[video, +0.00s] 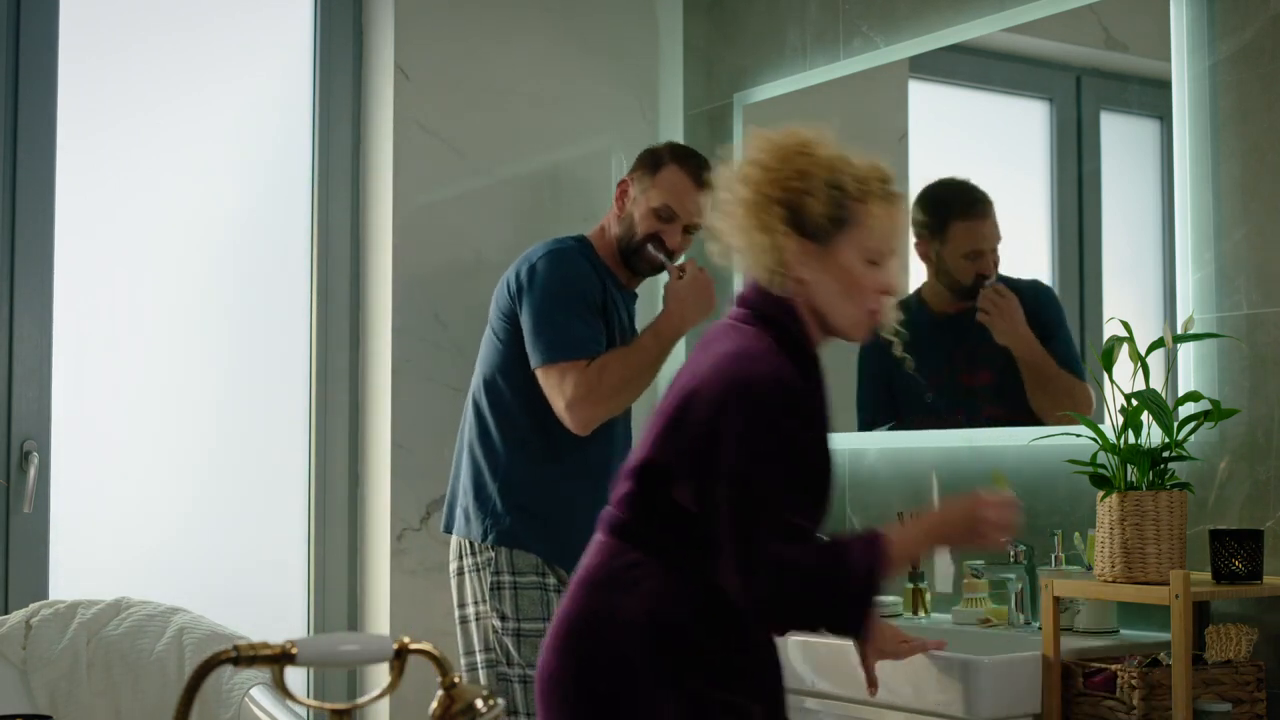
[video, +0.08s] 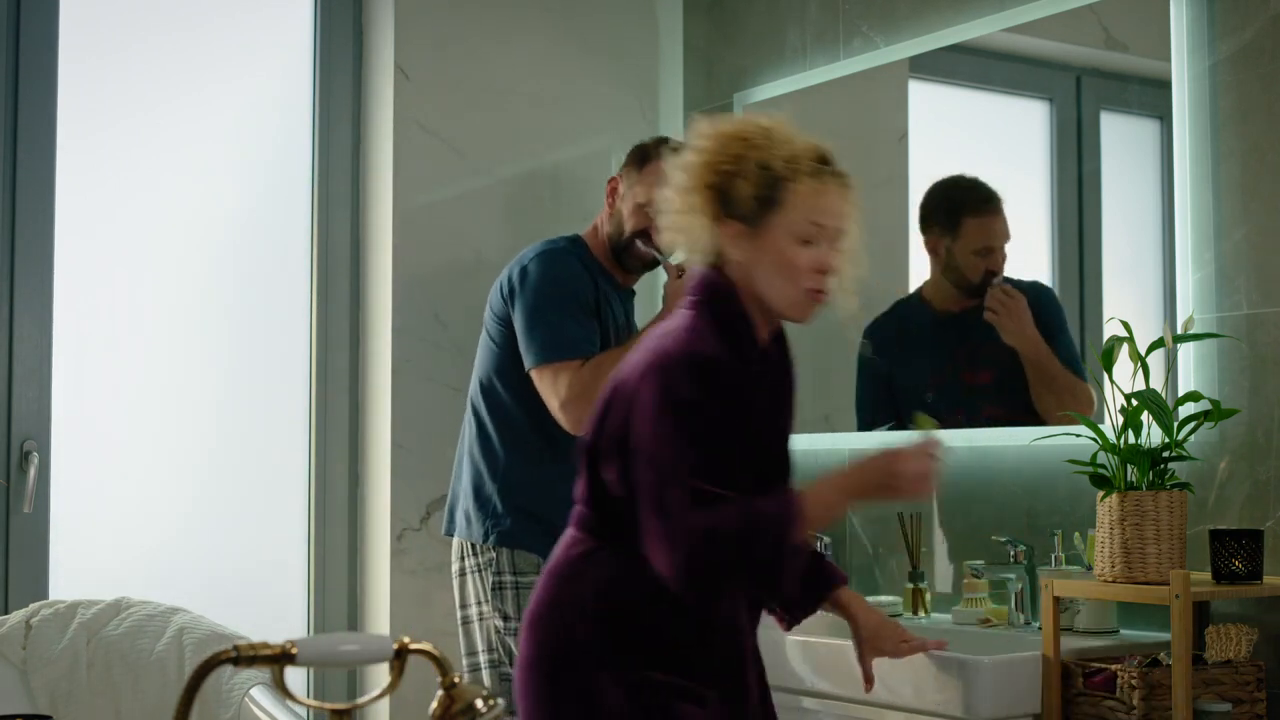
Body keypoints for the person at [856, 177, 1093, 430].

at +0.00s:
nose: (989, 269)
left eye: (994, 251)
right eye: (972, 257)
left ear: (998, 238)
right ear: (924, 251)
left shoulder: (1034, 302)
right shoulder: (889, 331)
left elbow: (1074, 416)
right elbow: (874, 447)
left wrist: (1020, 341)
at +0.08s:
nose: (999, 266)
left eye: (1003, 249)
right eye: (983, 253)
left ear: (1007, 237)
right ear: (935, 246)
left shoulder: (1035, 304)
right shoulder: (887, 336)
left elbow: (1075, 417)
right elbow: (878, 449)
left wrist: (1028, 341)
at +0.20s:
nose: (1011, 262)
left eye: (1013, 246)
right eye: (997, 248)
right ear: (949, 242)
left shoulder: (1036, 307)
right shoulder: (887, 333)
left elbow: (1073, 417)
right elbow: (875, 449)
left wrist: (1035, 332)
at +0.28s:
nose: (1018, 259)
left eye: (1019, 244)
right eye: (1006, 245)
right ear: (956, 239)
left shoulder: (1037, 309)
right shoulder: (888, 330)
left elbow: (1073, 419)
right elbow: (874, 448)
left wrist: (1042, 330)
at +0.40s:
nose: (1025, 256)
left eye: (1026, 241)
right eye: (1014, 241)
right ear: (966, 234)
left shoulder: (1033, 317)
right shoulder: (888, 328)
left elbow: (1074, 421)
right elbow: (871, 447)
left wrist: (1052, 328)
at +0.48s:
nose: (1026, 255)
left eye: (1027, 240)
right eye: (1017, 239)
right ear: (969, 232)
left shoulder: (1031, 317)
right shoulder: (887, 328)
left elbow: (1073, 421)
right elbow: (869, 449)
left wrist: (1054, 326)